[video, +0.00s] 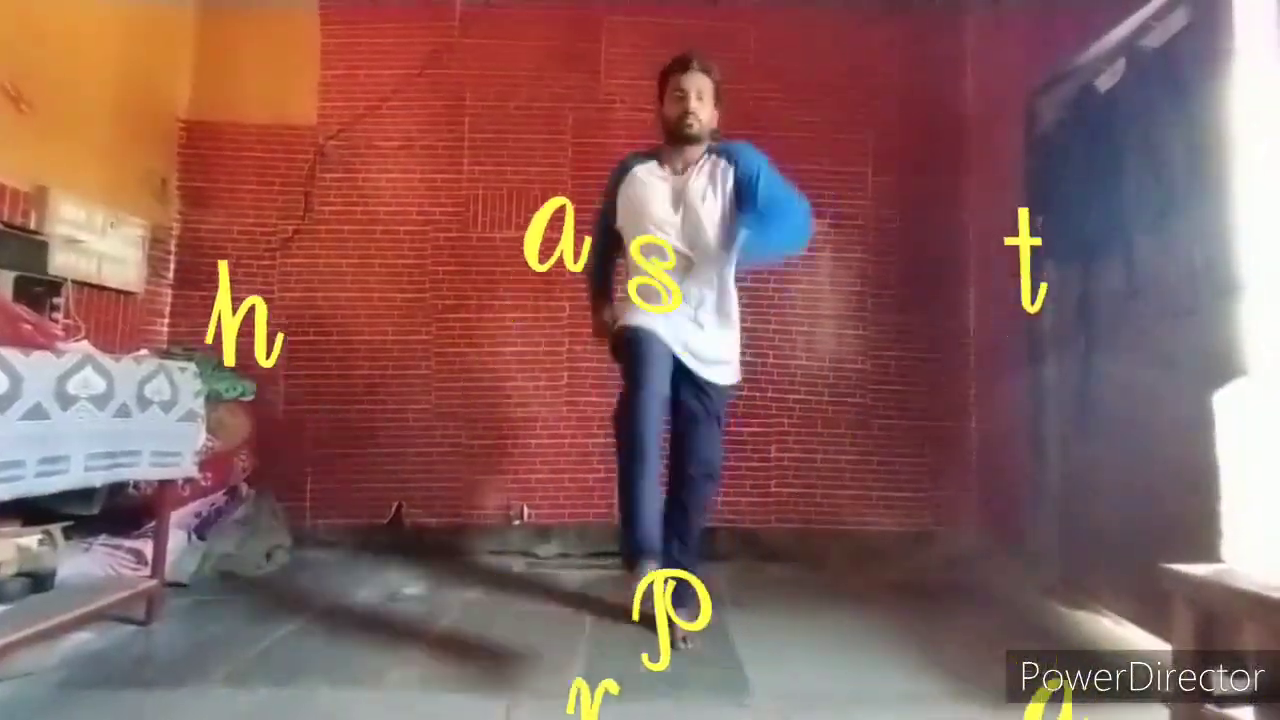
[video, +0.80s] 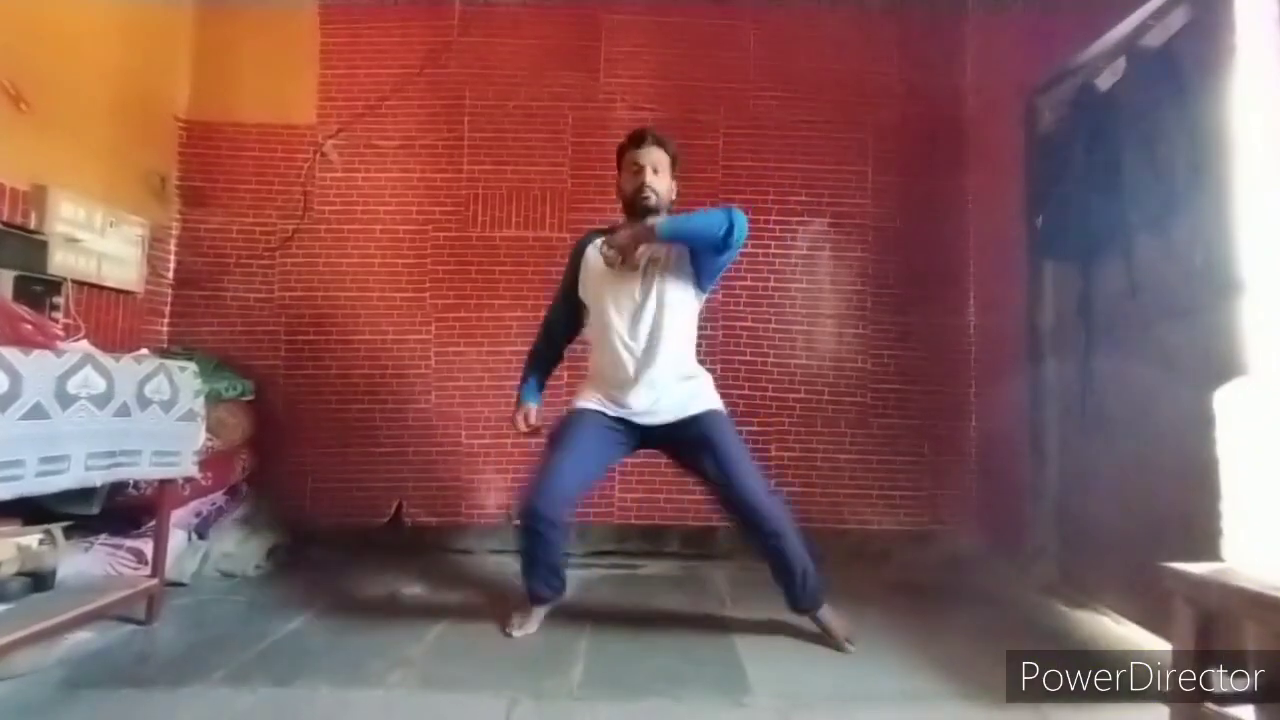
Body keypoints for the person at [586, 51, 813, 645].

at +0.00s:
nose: (689, 106)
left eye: (700, 96)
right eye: (678, 96)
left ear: (716, 107)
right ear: (661, 105)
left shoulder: (739, 164)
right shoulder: (632, 173)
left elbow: (796, 222)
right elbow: (604, 244)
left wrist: (743, 242)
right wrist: (602, 301)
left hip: (710, 326)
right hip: (646, 313)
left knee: (701, 462)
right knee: (644, 410)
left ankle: (681, 576)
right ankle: (643, 557)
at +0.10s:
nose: (680, 113)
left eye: (691, 104)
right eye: (669, 103)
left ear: (707, 115)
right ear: (654, 113)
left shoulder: (737, 190)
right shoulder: (634, 191)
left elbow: (753, 277)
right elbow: (618, 269)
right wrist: (605, 337)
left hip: (703, 338)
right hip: (639, 326)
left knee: (695, 472)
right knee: (647, 402)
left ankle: (674, 602)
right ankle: (652, 527)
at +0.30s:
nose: (675, 110)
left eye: (686, 101)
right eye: (665, 100)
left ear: (701, 111)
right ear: (648, 108)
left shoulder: (727, 173)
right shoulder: (617, 181)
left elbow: (771, 224)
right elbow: (589, 259)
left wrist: (712, 244)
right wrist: (578, 330)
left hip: (703, 346)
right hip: (626, 347)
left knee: (750, 452)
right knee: (602, 458)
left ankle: (721, 582)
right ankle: (595, 564)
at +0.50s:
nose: (663, 185)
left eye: (674, 173)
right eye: (652, 173)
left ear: (691, 180)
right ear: (637, 178)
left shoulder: (711, 250)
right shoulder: (607, 243)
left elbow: (752, 209)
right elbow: (574, 317)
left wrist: (676, 227)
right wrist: (546, 386)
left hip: (699, 405)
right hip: (613, 407)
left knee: (783, 487)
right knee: (530, 492)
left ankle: (800, 613)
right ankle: (563, 608)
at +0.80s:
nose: (647, 178)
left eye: (658, 170)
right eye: (636, 169)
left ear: (673, 186)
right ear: (619, 182)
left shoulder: (690, 253)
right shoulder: (590, 251)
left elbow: (732, 224)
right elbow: (562, 318)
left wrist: (648, 230)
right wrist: (531, 388)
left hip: (685, 403)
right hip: (605, 407)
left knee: (756, 503)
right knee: (544, 504)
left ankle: (812, 602)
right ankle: (541, 595)